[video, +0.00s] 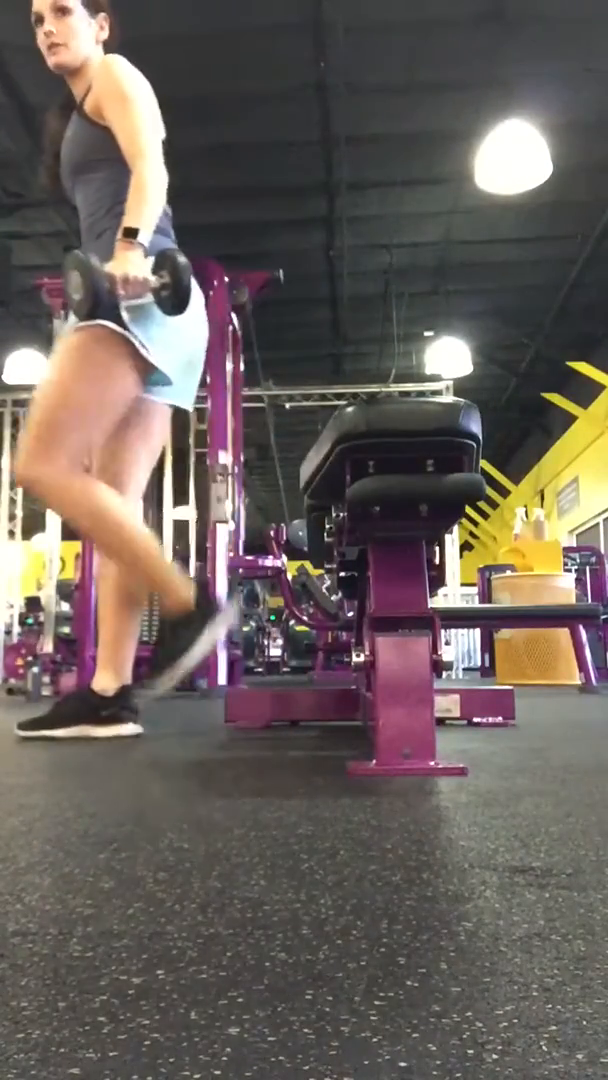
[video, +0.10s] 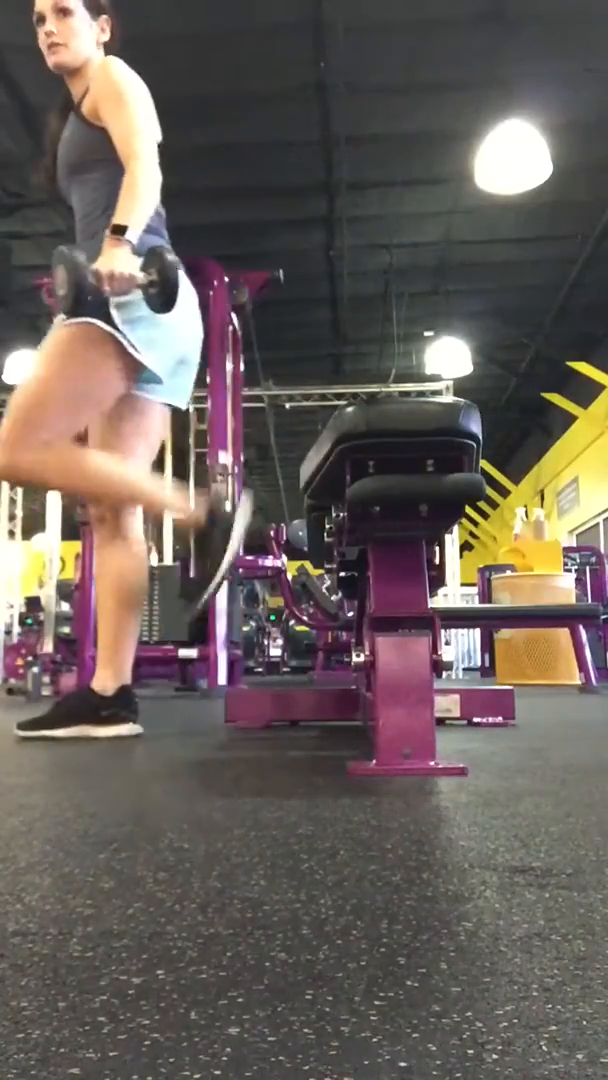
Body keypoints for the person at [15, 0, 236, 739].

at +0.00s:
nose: (47, 30)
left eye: (61, 16)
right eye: (38, 21)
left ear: (100, 25)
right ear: (38, 38)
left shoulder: (112, 76)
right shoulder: (90, 103)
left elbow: (150, 165)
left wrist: (131, 244)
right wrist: (92, 280)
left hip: (133, 292)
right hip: (165, 300)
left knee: (44, 461)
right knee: (117, 501)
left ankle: (185, 604)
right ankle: (110, 689)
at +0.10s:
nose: (48, 30)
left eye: (63, 16)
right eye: (40, 21)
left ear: (102, 27)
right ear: (39, 37)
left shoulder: (112, 79)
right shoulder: (87, 104)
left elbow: (143, 167)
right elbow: (105, 208)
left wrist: (116, 240)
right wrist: (81, 278)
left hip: (129, 293)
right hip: (159, 300)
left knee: (21, 448)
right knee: (113, 504)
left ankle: (196, 507)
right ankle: (109, 690)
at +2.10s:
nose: (61, 38)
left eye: (77, 24)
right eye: (54, 27)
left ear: (114, 36)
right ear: (53, 40)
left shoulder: (111, 90)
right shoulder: (92, 105)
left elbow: (118, 181)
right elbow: (116, 196)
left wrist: (97, 267)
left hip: (108, 295)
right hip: (91, 299)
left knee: (116, 487)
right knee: (53, 501)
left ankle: (305, 491)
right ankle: (83, 688)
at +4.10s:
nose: (18, 65)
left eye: (25, 51)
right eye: (21, 53)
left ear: (58, 49)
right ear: (71, 54)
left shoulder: (60, 98)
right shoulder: (91, 122)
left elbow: (73, 191)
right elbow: (121, 253)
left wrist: (35, 288)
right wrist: (116, 328)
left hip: (82, 318)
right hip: (89, 322)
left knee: (122, 504)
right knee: (27, 515)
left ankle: (304, 493)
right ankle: (76, 690)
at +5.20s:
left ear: (19, 147)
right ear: (40, 155)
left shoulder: (27, 200)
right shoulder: (51, 217)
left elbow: (40, 298)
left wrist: (23, 398)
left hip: (143, 392)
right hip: (117, 414)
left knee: (148, 592)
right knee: (13, 512)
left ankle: (306, 499)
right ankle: (36, 691)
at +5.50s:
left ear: (6, 244)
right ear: (32, 249)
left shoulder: (22, 297)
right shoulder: (53, 307)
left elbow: (39, 405)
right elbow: (92, 448)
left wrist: (18, 513)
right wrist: (58, 533)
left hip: (183, 452)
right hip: (142, 470)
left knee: (202, 660)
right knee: (25, 514)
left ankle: (301, 512)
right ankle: (38, 693)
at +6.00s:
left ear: (5, 207)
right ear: (26, 212)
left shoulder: (15, 260)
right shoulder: (40, 270)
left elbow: (30, 377)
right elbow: (110, 404)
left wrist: (14, 475)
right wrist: (84, 512)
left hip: (165, 426)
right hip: (133, 441)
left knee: (178, 635)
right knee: (14, 511)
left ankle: (303, 507)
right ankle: (37, 693)